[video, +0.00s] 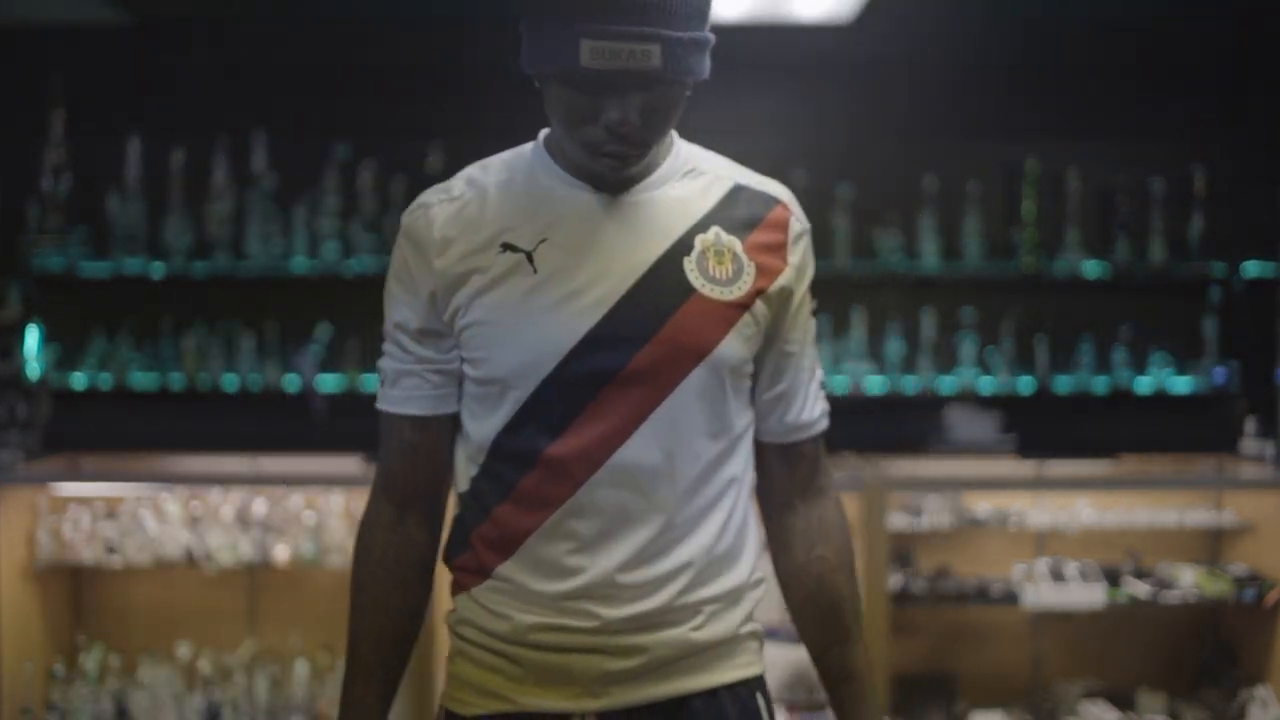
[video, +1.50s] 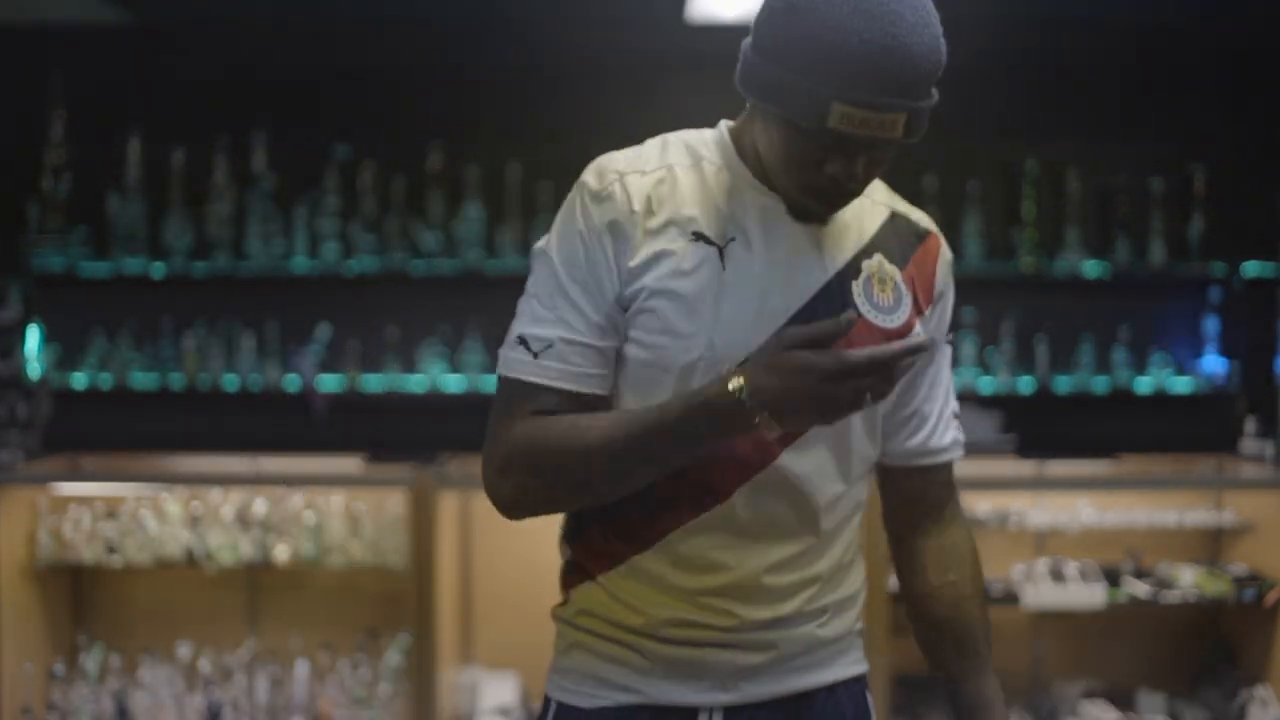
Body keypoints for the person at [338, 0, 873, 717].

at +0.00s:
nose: (622, 117)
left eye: (654, 85)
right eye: (591, 83)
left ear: (693, 77)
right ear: (540, 72)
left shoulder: (763, 223)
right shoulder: (445, 229)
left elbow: (802, 492)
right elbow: (403, 505)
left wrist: (863, 707)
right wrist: (362, 711)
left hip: (704, 685)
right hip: (501, 690)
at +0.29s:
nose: (558, 123)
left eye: (588, 91)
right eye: (527, 92)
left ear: (627, 77)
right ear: (480, 78)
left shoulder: (710, 221)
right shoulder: (397, 240)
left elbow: (756, 486)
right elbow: (357, 510)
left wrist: (823, 702)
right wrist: (309, 710)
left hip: (670, 682)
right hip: (470, 688)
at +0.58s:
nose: (567, 146)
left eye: (597, 113)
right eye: (536, 114)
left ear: (640, 88)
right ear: (490, 90)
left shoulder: (719, 221)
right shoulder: (412, 237)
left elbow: (766, 483)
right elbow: (366, 502)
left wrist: (852, 698)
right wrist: (301, 713)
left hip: (680, 684)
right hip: (479, 692)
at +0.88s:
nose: (645, 144)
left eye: (674, 111)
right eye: (613, 113)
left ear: (706, 91)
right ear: (561, 89)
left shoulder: (776, 227)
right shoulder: (459, 224)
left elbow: (884, 454)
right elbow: (348, 459)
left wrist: (1029, 658)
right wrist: (257, 692)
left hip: (726, 680)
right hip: (526, 687)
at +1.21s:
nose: (780, 151)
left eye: (811, 119)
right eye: (754, 117)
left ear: (837, 95)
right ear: (682, 76)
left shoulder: (863, 240)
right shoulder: (558, 217)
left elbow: (917, 479)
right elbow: (459, 474)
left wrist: (1097, 635)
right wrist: (415, 708)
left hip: (793, 685)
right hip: (594, 689)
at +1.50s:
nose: (852, 175)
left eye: (883, 148)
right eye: (830, 141)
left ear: (909, 128)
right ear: (756, 92)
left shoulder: (911, 252)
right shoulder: (622, 202)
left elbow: (929, 516)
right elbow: (516, 472)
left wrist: (982, 704)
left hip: (815, 684)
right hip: (621, 683)